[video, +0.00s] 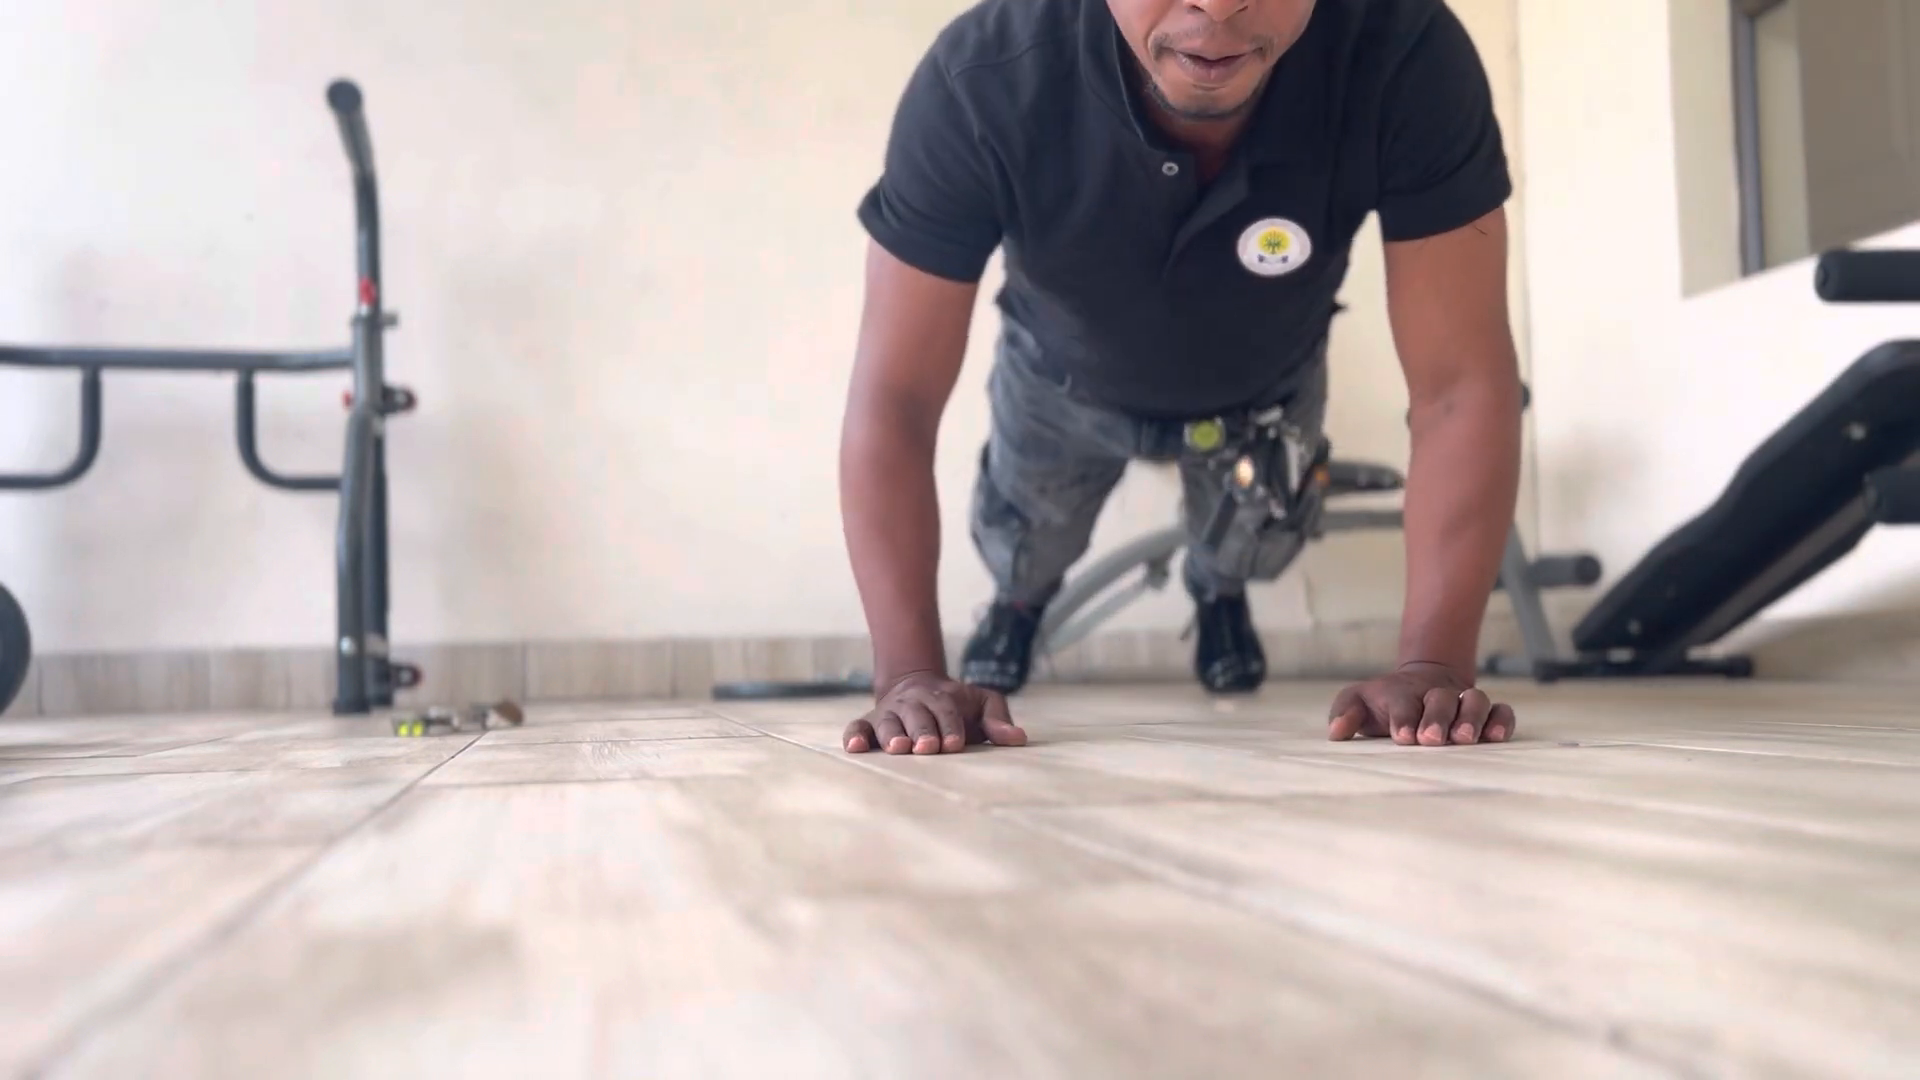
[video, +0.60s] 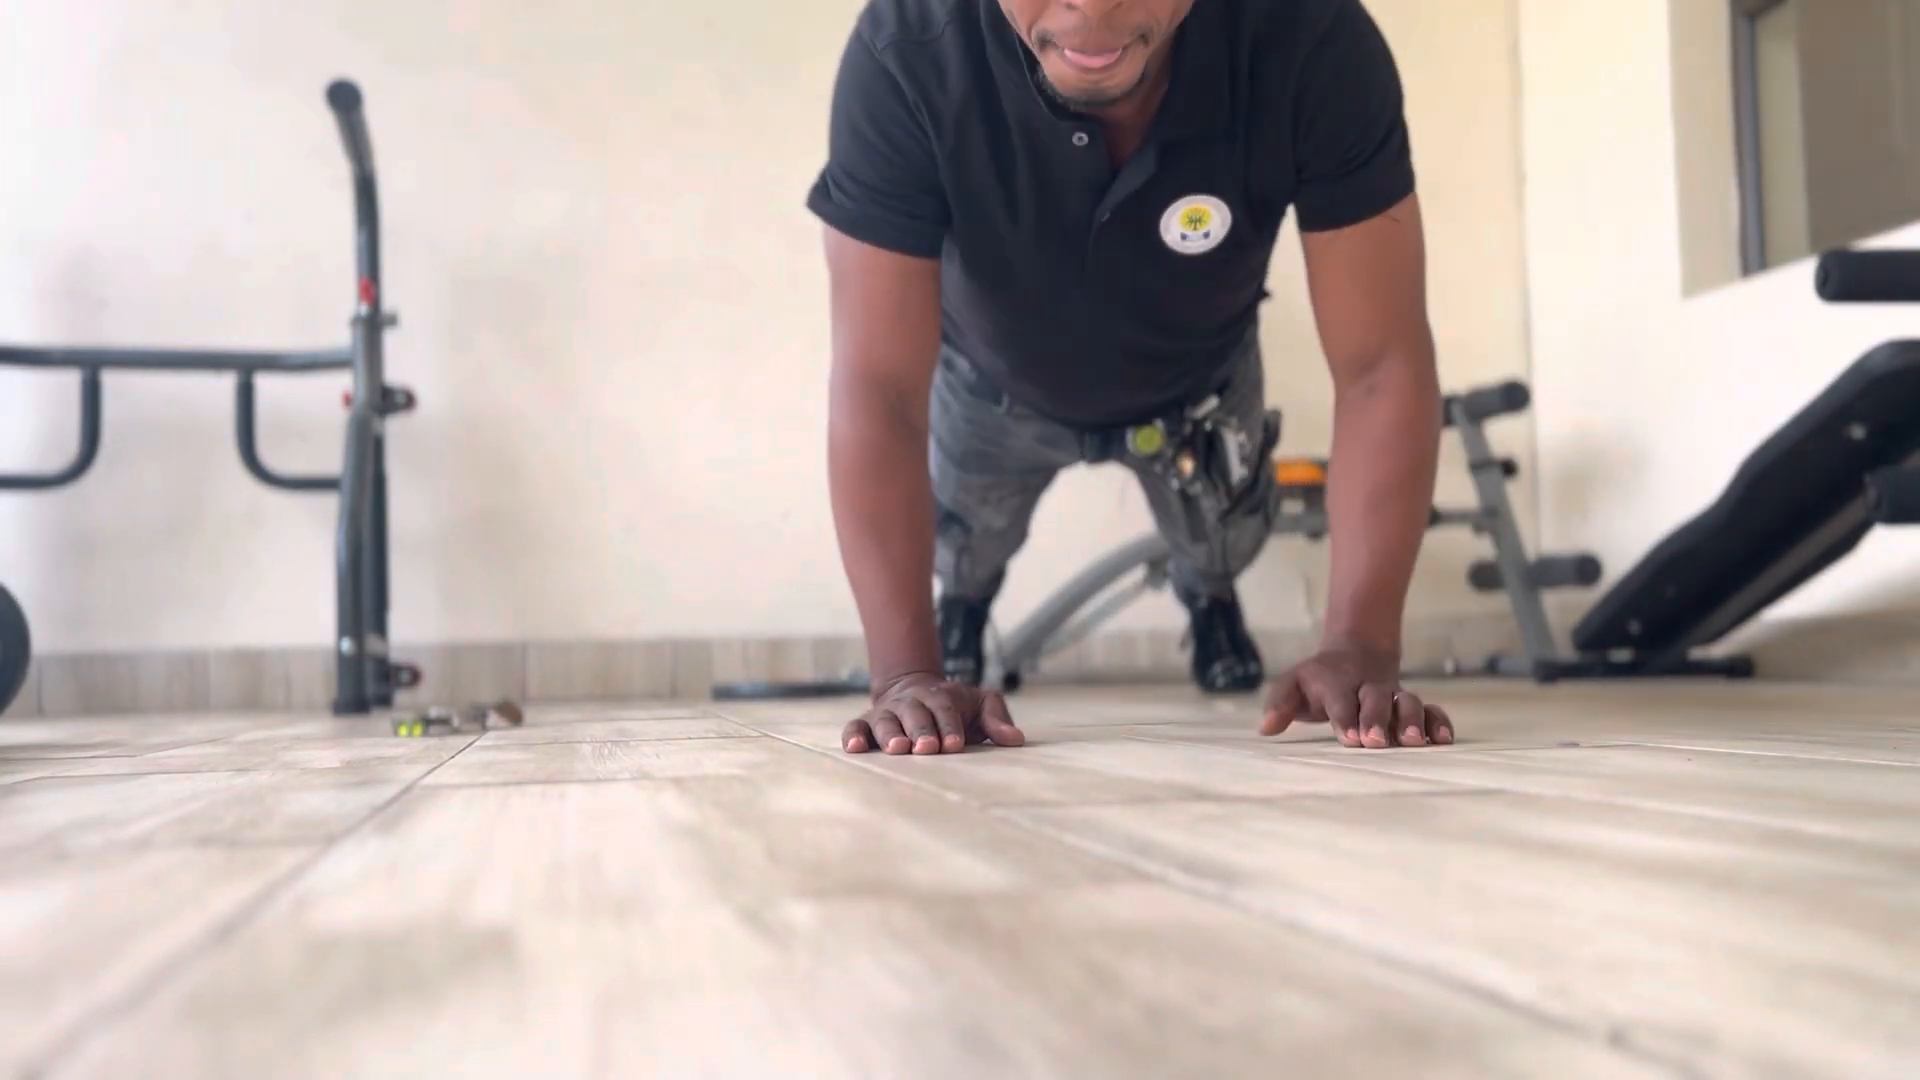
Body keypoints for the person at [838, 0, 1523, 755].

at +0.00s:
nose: (1213, 19)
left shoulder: (1403, 52)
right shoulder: (986, 74)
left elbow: (1460, 383)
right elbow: (892, 400)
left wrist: (1434, 664)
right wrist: (906, 676)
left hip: (1264, 384)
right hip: (1066, 377)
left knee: (1253, 534)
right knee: (1030, 527)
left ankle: (1222, 594)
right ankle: (1020, 607)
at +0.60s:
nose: (1084, 18)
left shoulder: (1309, 36)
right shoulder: (908, 49)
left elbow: (1382, 364)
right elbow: (877, 389)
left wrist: (1361, 647)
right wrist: (906, 672)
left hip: (1198, 376)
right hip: (999, 378)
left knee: (1217, 530)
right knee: (970, 527)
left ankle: (1212, 604)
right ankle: (966, 605)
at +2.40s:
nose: (1071, 104)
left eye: (1115, 67)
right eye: (1028, 67)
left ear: (1175, 25)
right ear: (966, 26)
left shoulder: (1283, 67)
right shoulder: (865, 74)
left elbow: (1399, 381)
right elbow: (790, 395)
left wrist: (1357, 670)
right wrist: (801, 680)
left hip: (1181, 400)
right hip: (972, 398)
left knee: (1216, 527)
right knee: (928, 532)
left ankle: (1219, 609)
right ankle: (916, 615)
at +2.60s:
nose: (1080, 228)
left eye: (1122, 187)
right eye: (1039, 187)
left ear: (1189, 110)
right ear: (963, 104)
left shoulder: (1284, 124)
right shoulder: (868, 138)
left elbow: (1430, 405)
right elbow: (761, 425)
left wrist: (1361, 668)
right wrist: (794, 679)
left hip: (1186, 418)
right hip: (974, 424)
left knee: (1221, 535)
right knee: (929, 542)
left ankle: (1219, 613)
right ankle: (917, 621)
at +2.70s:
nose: (1081, 401)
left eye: (1122, 369)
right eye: (1043, 371)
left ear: (1213, 235)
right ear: (961, 245)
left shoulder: (1294, 230)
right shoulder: (871, 241)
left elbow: (1439, 432)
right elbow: (738, 456)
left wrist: (1361, 670)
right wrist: (795, 679)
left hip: (1191, 473)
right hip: (974, 478)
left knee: (1228, 550)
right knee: (930, 564)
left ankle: (1221, 614)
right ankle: (914, 616)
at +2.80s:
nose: (1090, 511)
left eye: (1131, 470)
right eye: (1053, 475)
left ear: (1221, 308)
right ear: (951, 327)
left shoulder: (1299, 311)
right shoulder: (867, 326)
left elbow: (1441, 450)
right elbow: (718, 469)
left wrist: (1361, 671)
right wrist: (794, 681)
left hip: (1203, 527)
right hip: (971, 530)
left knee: (1230, 567)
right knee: (922, 579)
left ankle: (1217, 610)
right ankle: (909, 621)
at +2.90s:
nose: (1098, 583)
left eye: (1142, 552)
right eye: (1061, 557)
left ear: (1220, 379)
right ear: (956, 398)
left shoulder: (1301, 355)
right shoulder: (866, 372)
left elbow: (1449, 450)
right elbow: (714, 471)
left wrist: (1358, 672)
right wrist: (798, 683)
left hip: (1212, 563)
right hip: (960, 566)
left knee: (1228, 602)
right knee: (911, 597)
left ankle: (1204, 628)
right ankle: (902, 640)